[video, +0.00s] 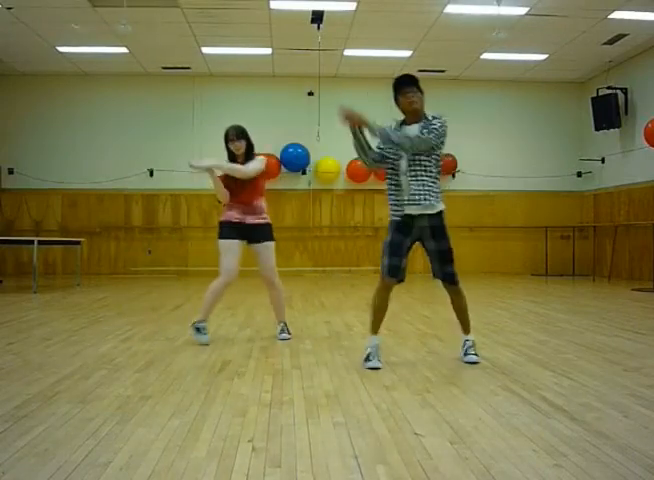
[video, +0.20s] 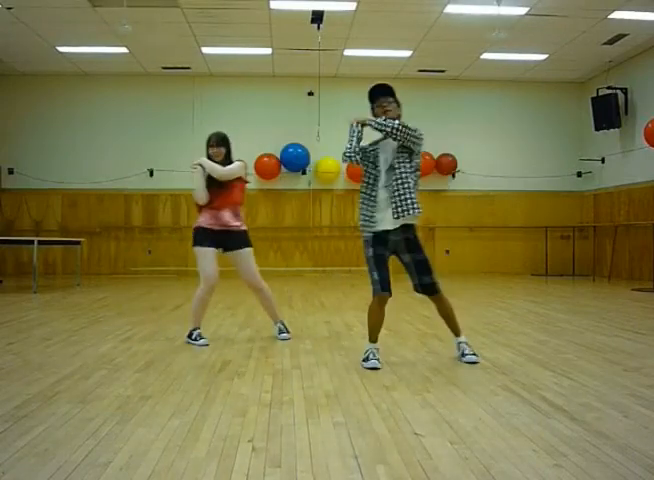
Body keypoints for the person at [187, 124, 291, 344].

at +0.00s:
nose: (236, 144)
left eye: (239, 139)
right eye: (231, 141)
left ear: (247, 141)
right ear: (227, 145)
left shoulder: (261, 161)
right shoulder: (226, 168)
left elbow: (246, 172)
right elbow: (224, 198)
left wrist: (214, 165)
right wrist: (212, 172)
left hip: (258, 222)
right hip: (232, 221)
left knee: (270, 277)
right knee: (228, 274)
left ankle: (282, 324)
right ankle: (200, 322)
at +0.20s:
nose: (216, 150)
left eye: (220, 146)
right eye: (212, 147)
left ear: (227, 148)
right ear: (207, 150)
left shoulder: (239, 166)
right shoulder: (203, 171)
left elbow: (222, 174)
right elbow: (201, 199)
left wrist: (203, 162)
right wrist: (199, 170)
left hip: (234, 229)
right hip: (206, 229)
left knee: (255, 281)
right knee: (209, 279)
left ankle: (279, 324)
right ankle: (194, 330)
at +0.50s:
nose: (187, 149)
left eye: (192, 145)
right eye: (184, 145)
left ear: (199, 148)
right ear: (179, 149)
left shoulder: (206, 173)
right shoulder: (171, 172)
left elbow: (215, 204)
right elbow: (175, 192)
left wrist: (206, 178)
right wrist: (200, 172)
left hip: (206, 227)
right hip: (180, 230)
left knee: (226, 276)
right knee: (199, 278)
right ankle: (193, 330)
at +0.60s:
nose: (180, 146)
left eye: (184, 142)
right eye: (176, 142)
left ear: (191, 146)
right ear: (171, 146)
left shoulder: (198, 171)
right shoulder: (163, 168)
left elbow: (204, 199)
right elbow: (162, 187)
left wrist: (190, 175)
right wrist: (185, 167)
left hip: (198, 226)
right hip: (173, 227)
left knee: (209, 277)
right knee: (194, 275)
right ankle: (192, 329)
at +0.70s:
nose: (172, 145)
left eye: (176, 140)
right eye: (168, 141)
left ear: (183, 144)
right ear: (163, 144)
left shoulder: (191, 169)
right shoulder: (154, 168)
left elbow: (194, 193)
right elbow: (144, 189)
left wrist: (173, 173)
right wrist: (159, 166)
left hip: (188, 225)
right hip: (163, 224)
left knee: (178, 281)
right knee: (185, 272)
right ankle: (191, 330)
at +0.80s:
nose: (166, 146)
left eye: (170, 143)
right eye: (162, 142)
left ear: (176, 147)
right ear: (157, 146)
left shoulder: (184, 170)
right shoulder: (147, 171)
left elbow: (184, 188)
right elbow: (134, 201)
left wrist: (156, 174)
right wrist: (136, 176)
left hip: (175, 229)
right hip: (151, 227)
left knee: (160, 285)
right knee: (177, 273)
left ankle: (134, 320)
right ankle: (184, 329)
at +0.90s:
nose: (159, 149)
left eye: (163, 145)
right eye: (156, 145)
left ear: (170, 149)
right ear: (150, 149)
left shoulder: (177, 172)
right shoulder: (140, 175)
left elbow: (174, 190)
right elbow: (130, 209)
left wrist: (147, 176)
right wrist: (129, 182)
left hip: (170, 231)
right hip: (146, 229)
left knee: (151, 285)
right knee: (173, 273)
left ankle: (130, 323)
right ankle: (161, 325)